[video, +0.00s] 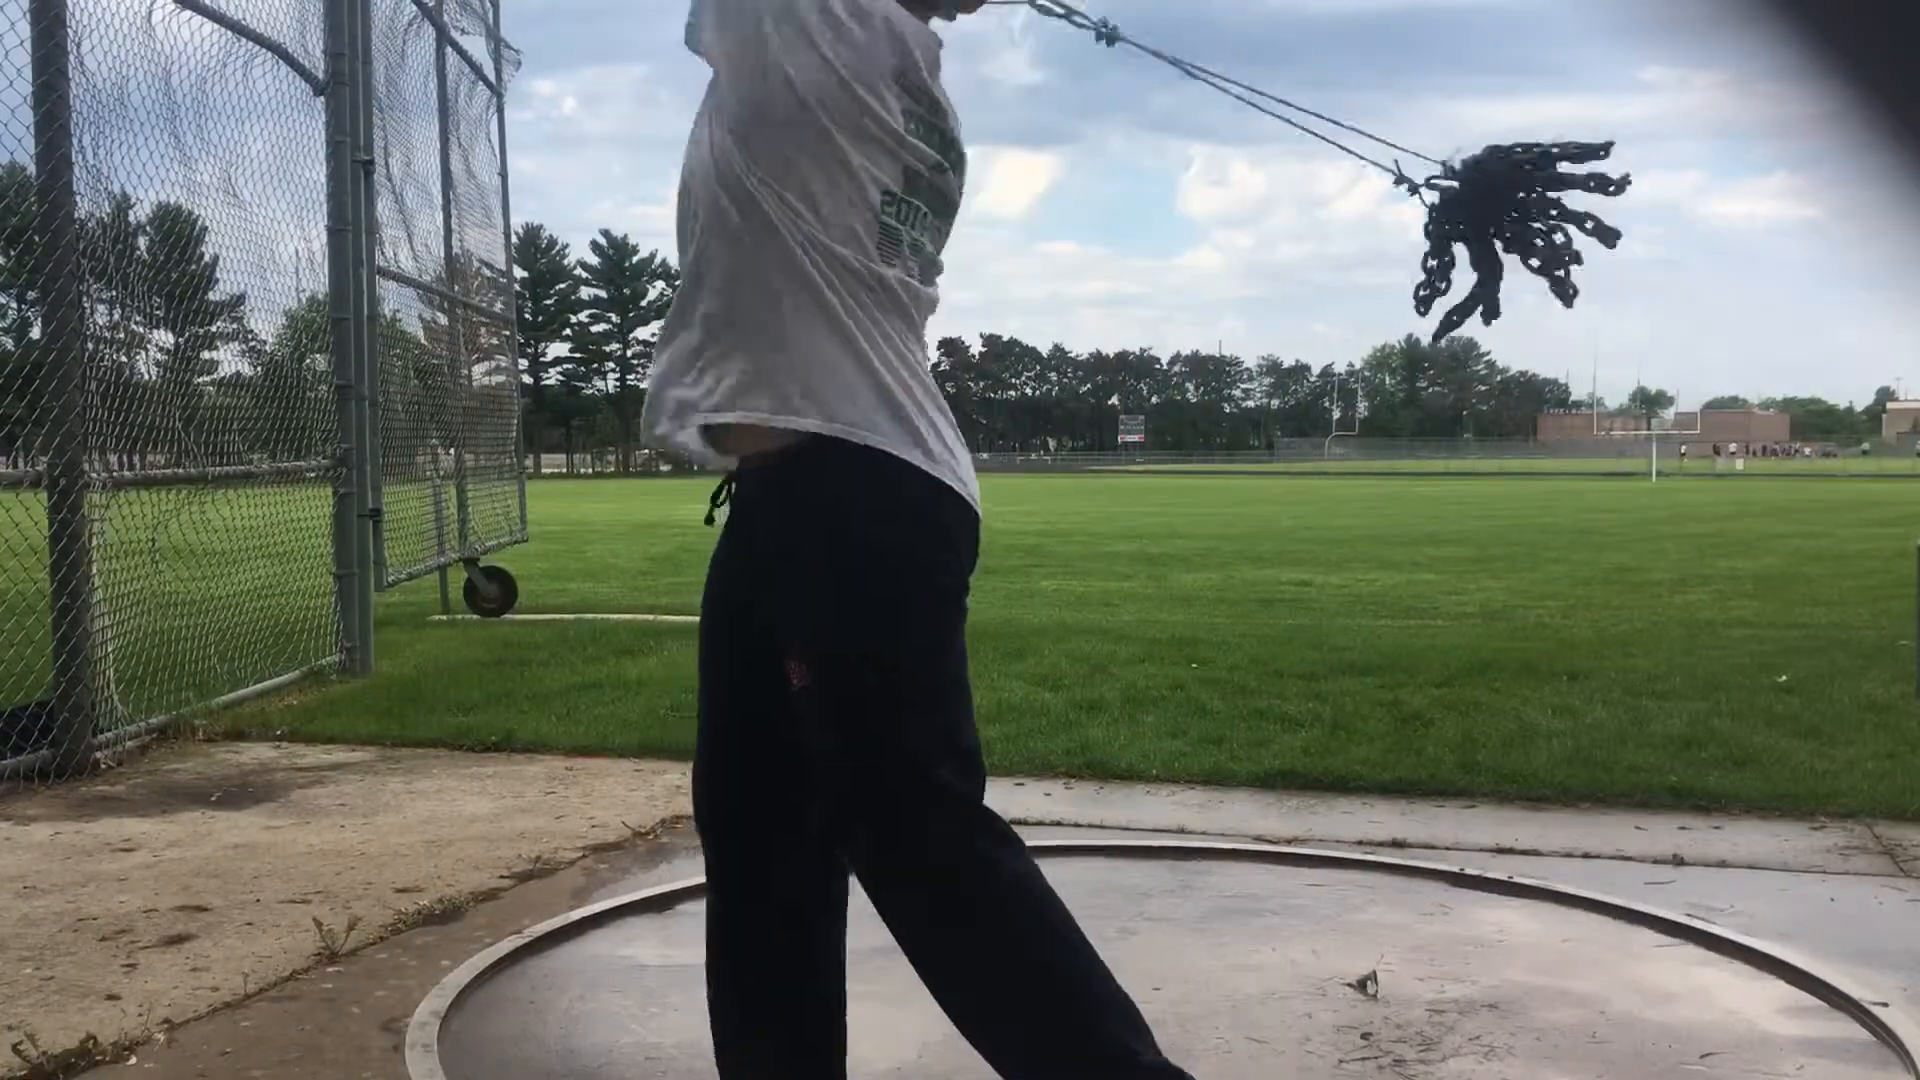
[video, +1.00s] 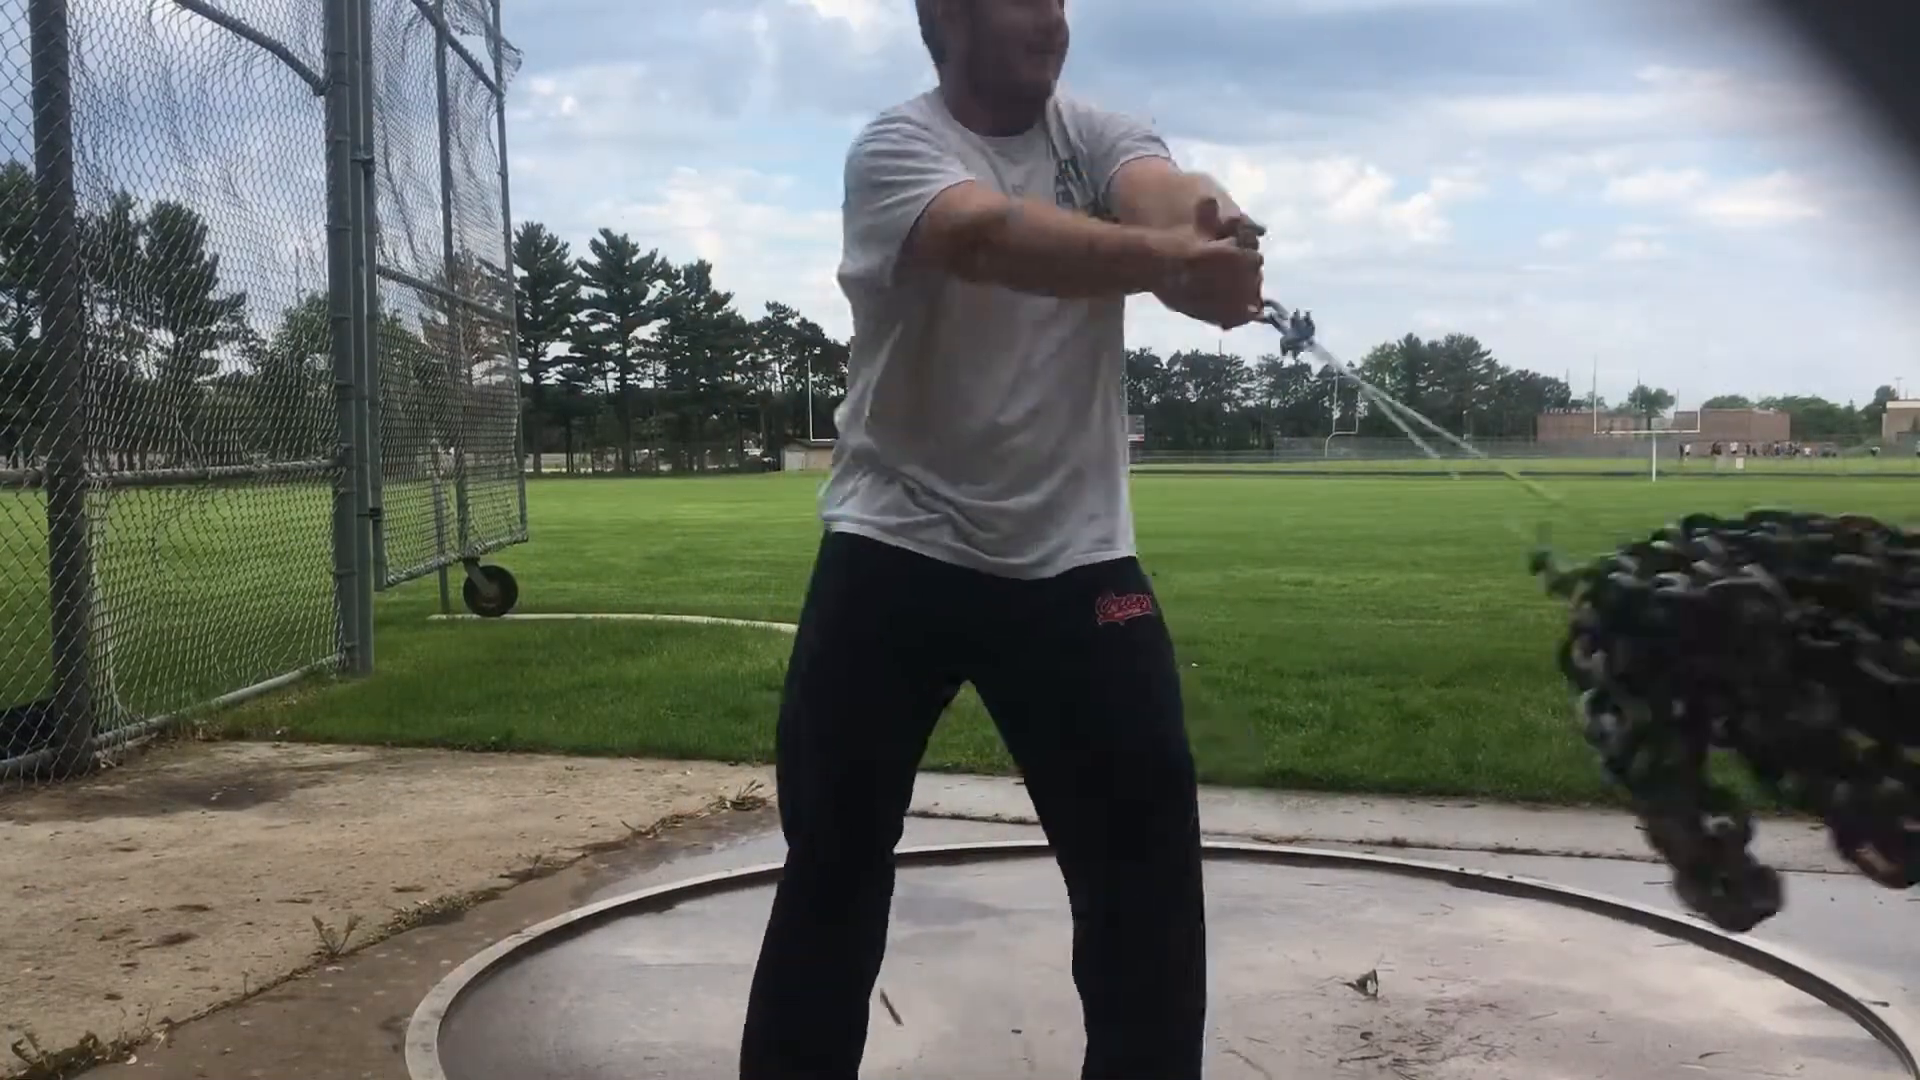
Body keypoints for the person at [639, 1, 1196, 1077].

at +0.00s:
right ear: (928, 6)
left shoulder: (813, 24)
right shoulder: (929, 112)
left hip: (849, 482)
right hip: (782, 492)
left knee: (923, 836)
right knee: (761, 850)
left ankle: (1124, 1067)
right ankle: (776, 1064)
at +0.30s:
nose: (795, 11)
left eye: (802, 4)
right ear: (941, 4)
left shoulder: (817, 44)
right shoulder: (982, 100)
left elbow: (704, 171)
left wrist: (762, 235)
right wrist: (759, 232)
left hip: (966, 513)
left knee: (1009, 893)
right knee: (830, 890)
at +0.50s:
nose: (912, 20)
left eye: (924, 8)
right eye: (916, 14)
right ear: (1029, 9)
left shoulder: (992, 65)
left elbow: (778, 216)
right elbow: (883, 346)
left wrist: (669, 288)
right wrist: (701, 320)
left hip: (1094, 543)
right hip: (963, 552)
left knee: (1074, 929)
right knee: (865, 903)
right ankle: (819, 1069)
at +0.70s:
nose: (993, 11)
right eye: (994, 0)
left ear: (1071, 3)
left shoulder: (1119, 99)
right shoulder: (972, 157)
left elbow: (922, 242)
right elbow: (864, 335)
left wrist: (700, 357)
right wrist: (707, 375)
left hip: (1147, 552)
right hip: (984, 542)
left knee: (1130, 871)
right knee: (878, 851)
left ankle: (1118, 1071)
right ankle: (823, 1069)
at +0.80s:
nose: (1048, 3)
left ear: (1101, 12)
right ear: (976, 16)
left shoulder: (1136, 111)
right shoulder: (930, 161)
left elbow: (1016, 251)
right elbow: (869, 280)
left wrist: (837, 366)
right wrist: (795, 365)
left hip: (1137, 550)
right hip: (962, 534)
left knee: (1140, 865)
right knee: (860, 815)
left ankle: (1135, 1072)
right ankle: (817, 1066)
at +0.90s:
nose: (1053, 12)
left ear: (1082, 13)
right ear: (958, 19)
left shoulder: (1133, 123)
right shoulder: (902, 154)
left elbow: (1115, 228)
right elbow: (900, 262)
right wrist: (939, 325)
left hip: (1112, 556)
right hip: (934, 546)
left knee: (1143, 871)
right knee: (838, 829)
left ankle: (1146, 1069)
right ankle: (805, 1067)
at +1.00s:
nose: (1050, 18)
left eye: (1057, 0)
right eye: (1017, 0)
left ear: (1069, 15)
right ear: (942, 16)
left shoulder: (1095, 131)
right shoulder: (895, 144)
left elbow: (1155, 186)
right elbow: (982, 239)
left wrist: (1202, 219)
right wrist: (1165, 265)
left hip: (1079, 561)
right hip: (895, 550)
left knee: (1148, 879)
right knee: (831, 873)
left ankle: (1146, 1070)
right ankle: (791, 1067)